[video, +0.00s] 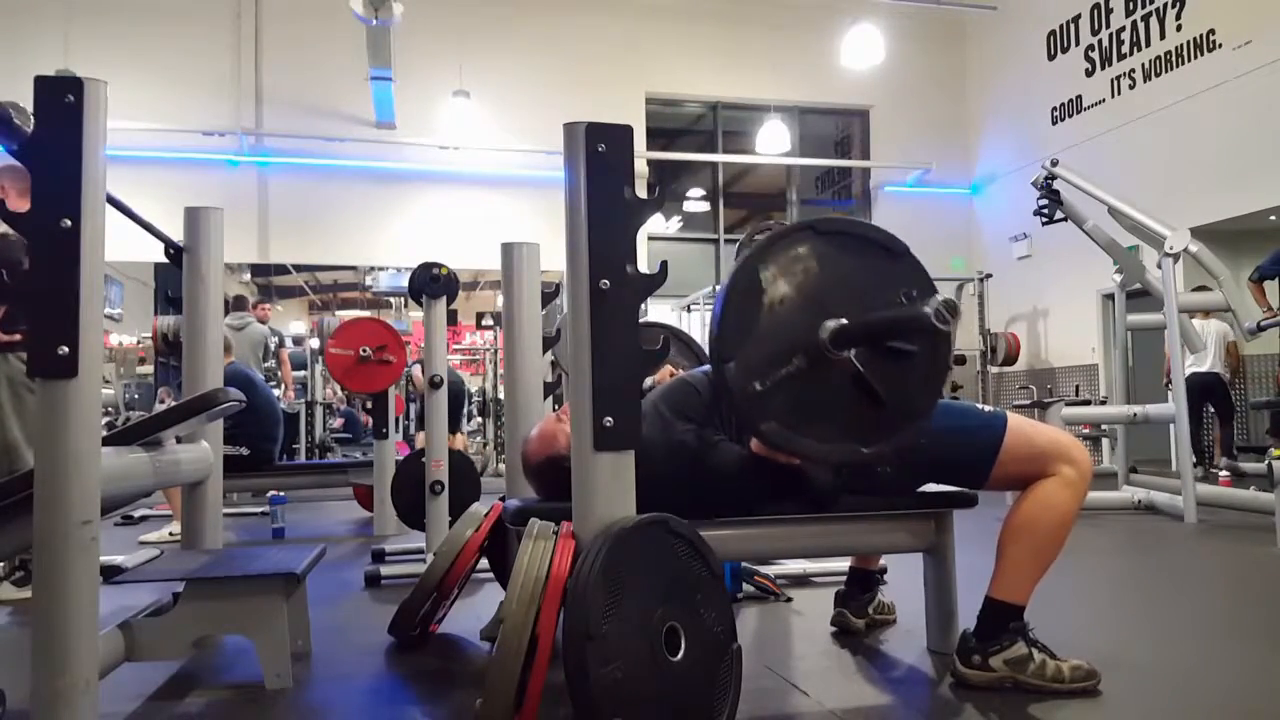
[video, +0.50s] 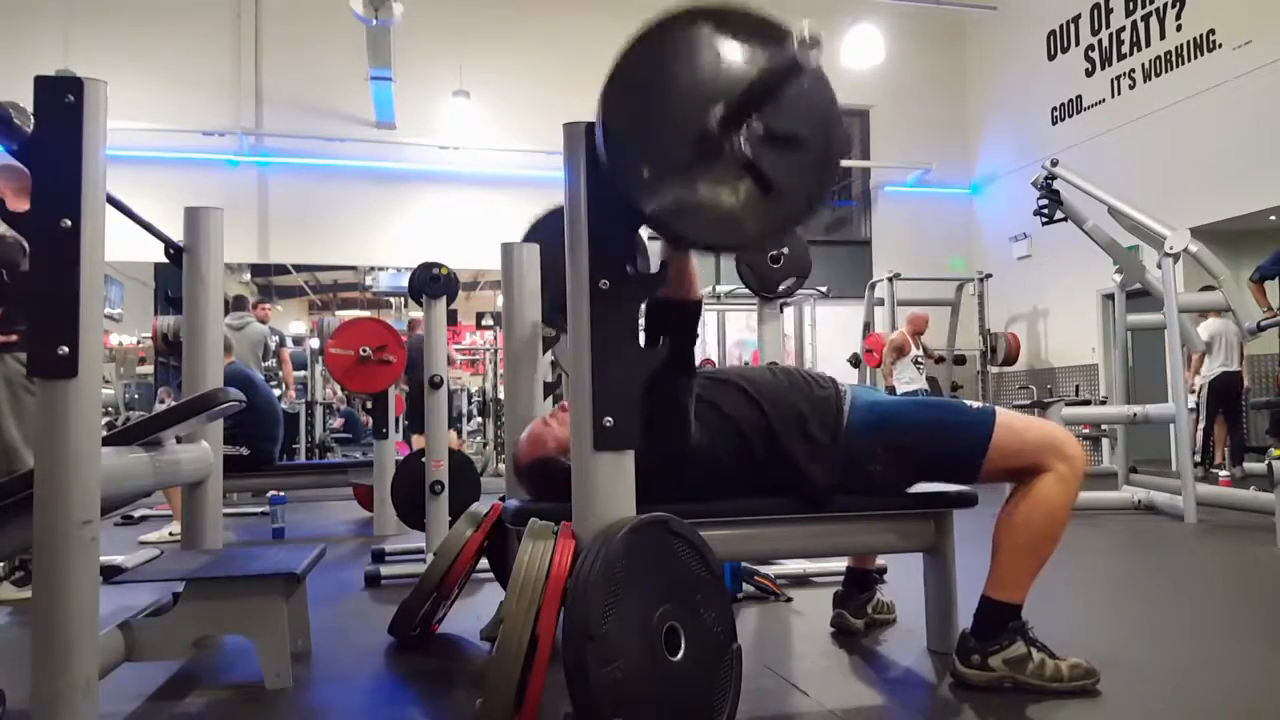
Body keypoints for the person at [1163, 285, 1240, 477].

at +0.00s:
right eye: (1209, 303)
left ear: (1191, 306)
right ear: (1212, 306)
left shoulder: (1181, 327)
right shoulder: (1224, 327)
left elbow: (1170, 355)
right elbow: (1234, 358)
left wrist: (1166, 377)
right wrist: (1231, 377)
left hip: (1191, 379)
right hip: (1216, 379)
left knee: (1194, 423)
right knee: (1226, 419)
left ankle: (1199, 464)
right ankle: (1227, 457)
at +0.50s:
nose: (1196, 310)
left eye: (1198, 306)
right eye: (1197, 306)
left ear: (1202, 308)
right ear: (1220, 306)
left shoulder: (1205, 327)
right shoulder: (1234, 326)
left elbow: (1198, 355)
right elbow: (1241, 354)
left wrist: (1191, 377)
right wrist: (1242, 375)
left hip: (1214, 378)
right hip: (1235, 376)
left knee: (1206, 422)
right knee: (1235, 423)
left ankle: (1201, 462)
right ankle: (1237, 464)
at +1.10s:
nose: (1196, 312)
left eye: (1196, 307)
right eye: (1195, 308)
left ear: (1203, 306)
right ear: (1213, 303)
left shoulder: (1213, 324)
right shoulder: (1229, 323)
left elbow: (1210, 351)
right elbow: (1237, 352)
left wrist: (1197, 375)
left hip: (1218, 376)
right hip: (1233, 374)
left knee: (1221, 421)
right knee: (1231, 420)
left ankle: (1230, 464)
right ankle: (1235, 462)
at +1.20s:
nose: (1193, 313)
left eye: (1193, 308)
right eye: (1192, 308)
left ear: (1200, 307)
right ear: (1211, 303)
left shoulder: (1210, 323)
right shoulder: (1228, 323)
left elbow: (1208, 350)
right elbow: (1237, 353)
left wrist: (1194, 373)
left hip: (1216, 376)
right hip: (1231, 374)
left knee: (1220, 422)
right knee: (1226, 420)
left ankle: (1230, 465)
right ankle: (1234, 462)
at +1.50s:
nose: (1186, 313)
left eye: (1186, 309)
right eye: (1185, 309)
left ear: (1193, 307)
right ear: (1201, 305)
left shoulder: (1203, 323)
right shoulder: (1214, 321)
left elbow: (1200, 351)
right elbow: (1213, 353)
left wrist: (1189, 374)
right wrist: (1198, 376)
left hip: (1212, 375)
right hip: (1223, 373)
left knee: (1216, 420)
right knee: (1217, 420)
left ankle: (1226, 462)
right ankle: (1221, 460)